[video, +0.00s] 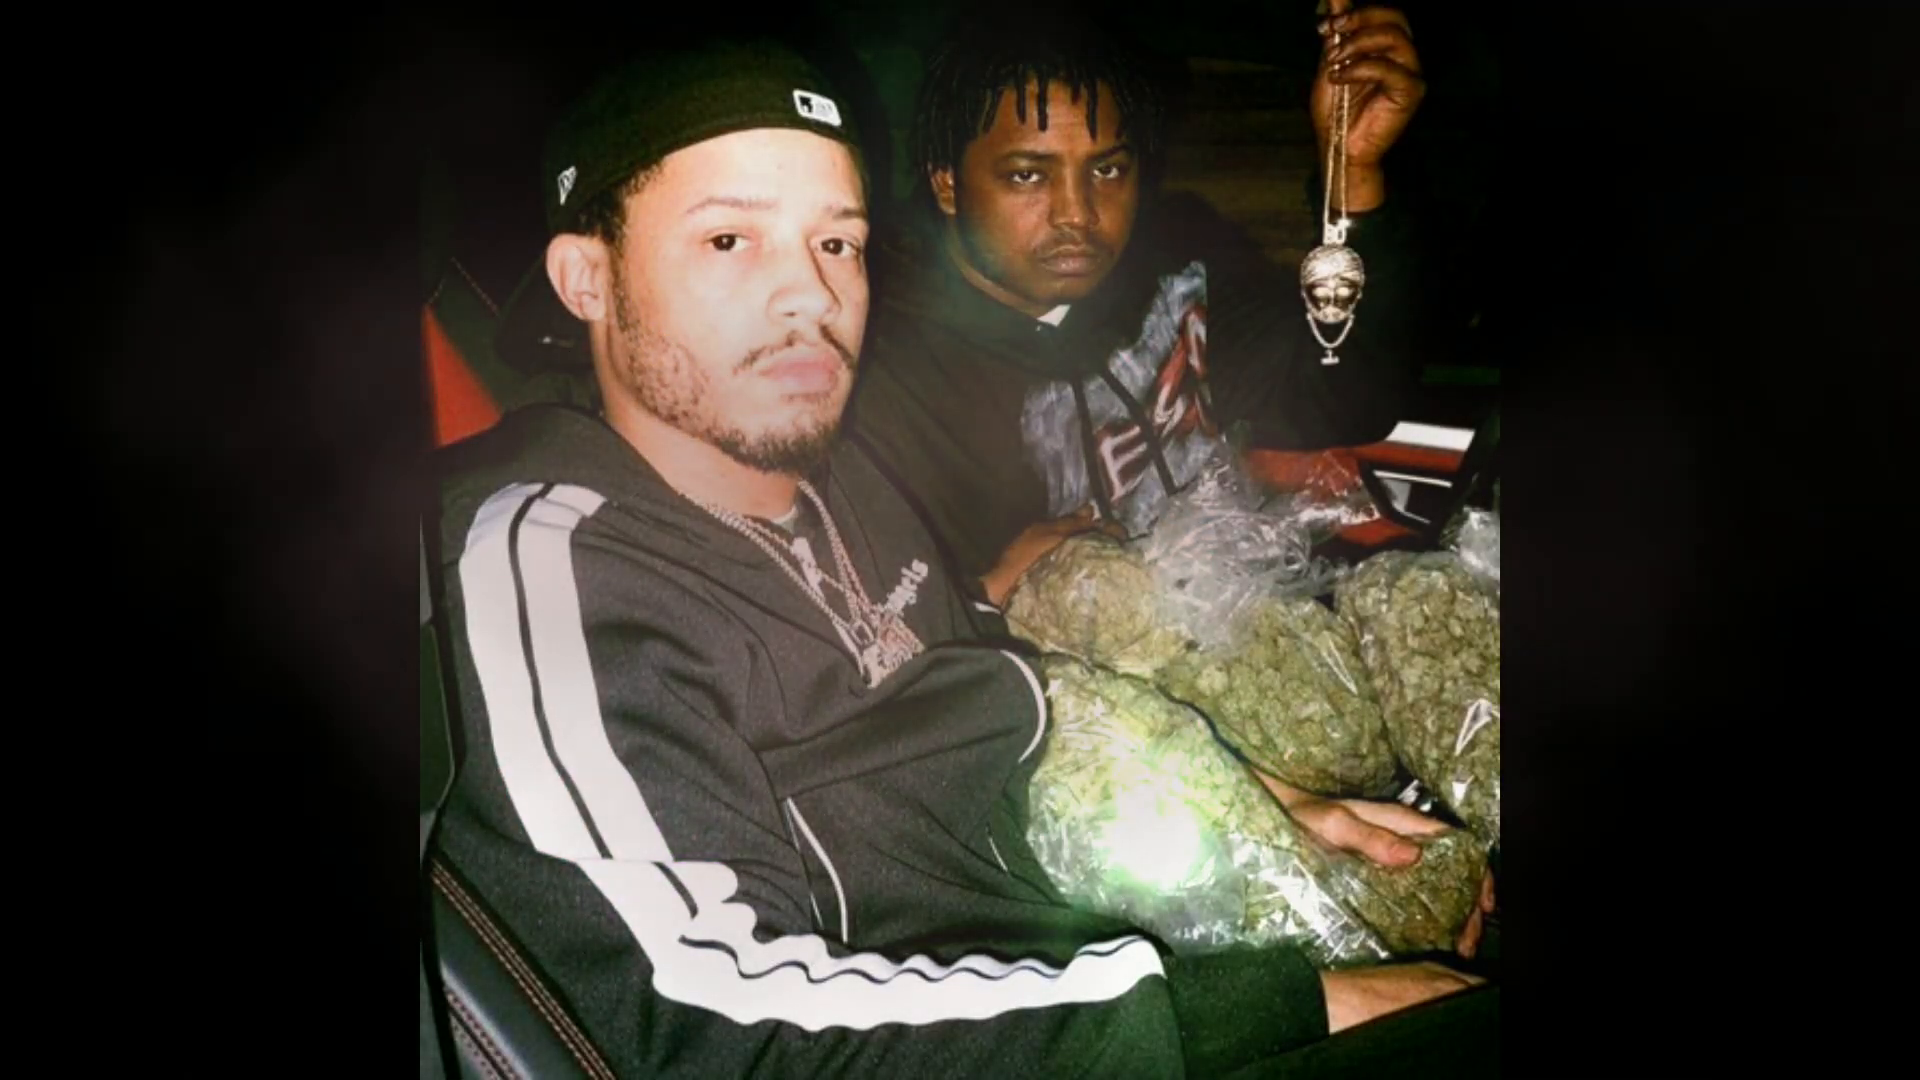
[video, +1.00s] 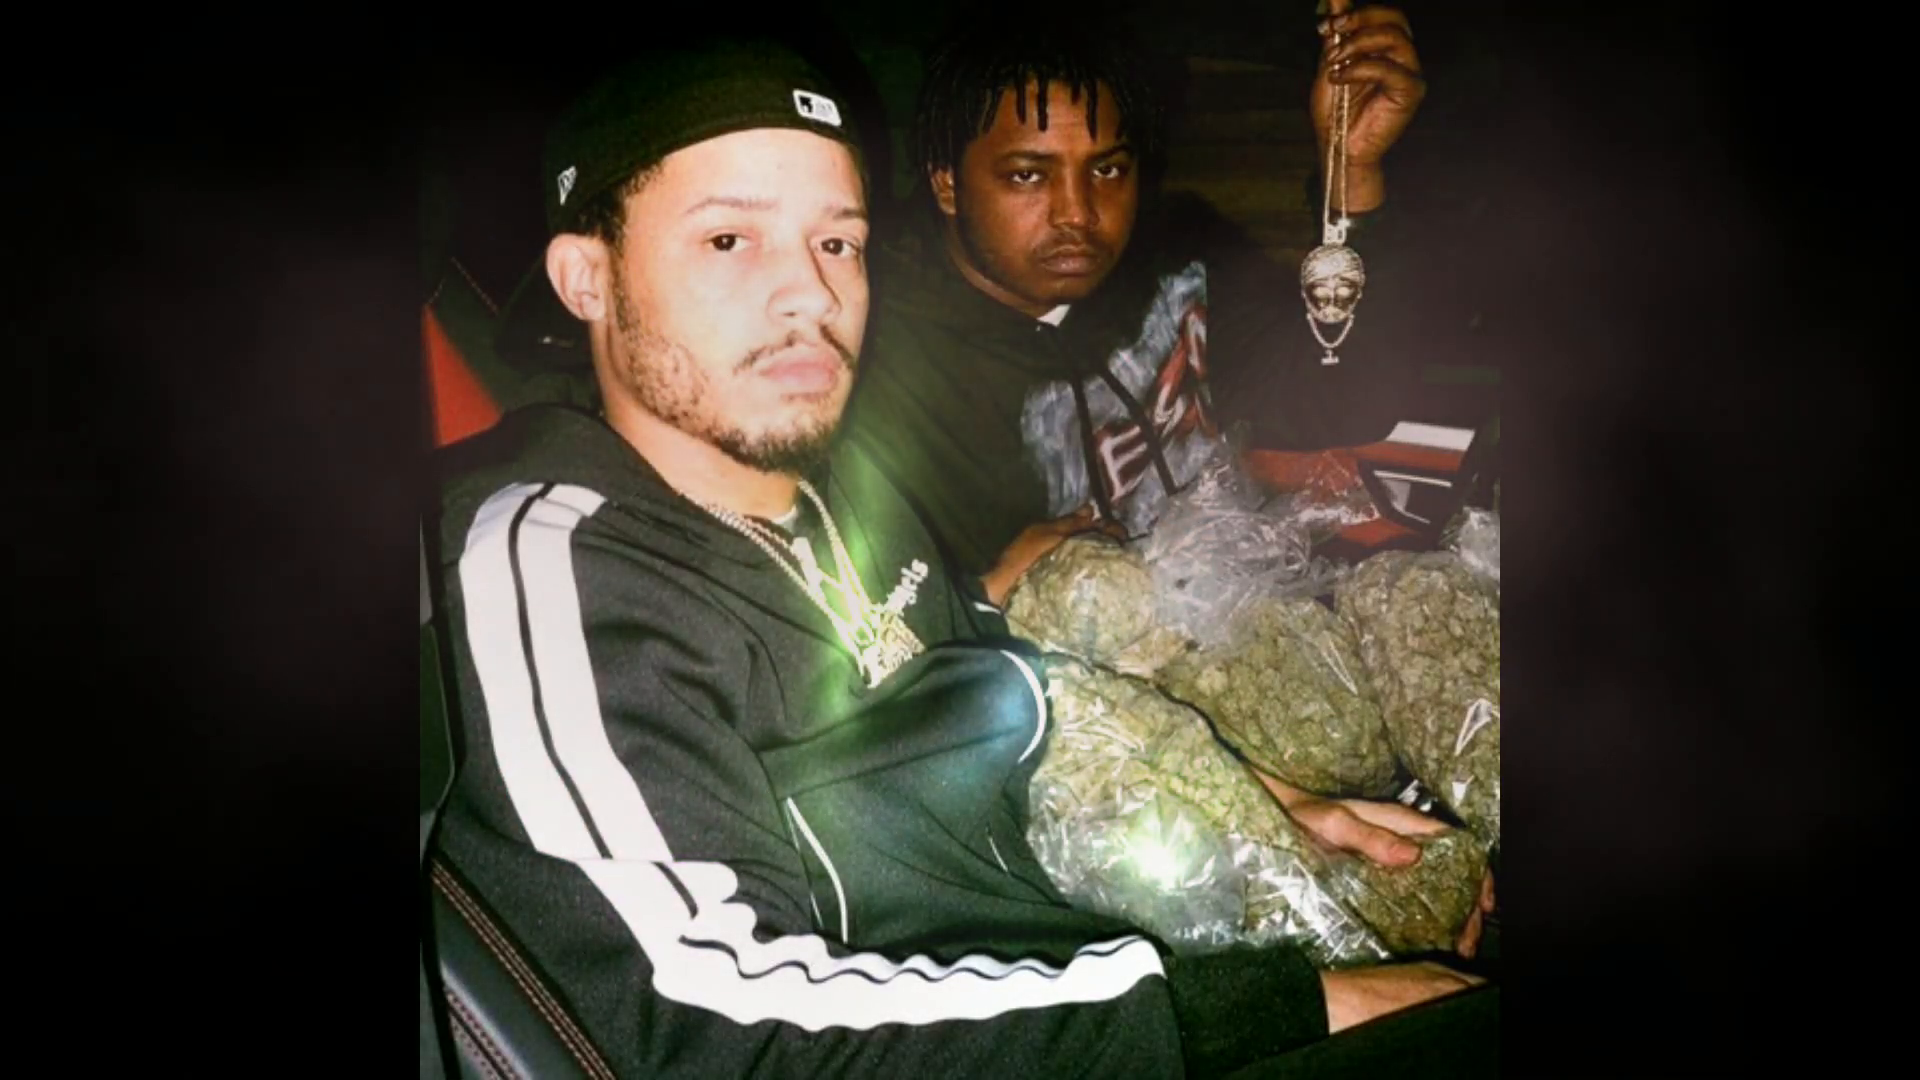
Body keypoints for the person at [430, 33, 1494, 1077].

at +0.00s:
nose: (813, 304)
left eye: (836, 249)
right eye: (729, 245)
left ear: (868, 269)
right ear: (588, 283)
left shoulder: (832, 477)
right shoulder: (532, 552)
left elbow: (1001, 742)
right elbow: (711, 1012)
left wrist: (1263, 827)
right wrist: (1281, 1007)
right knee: (1458, 1008)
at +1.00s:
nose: (813, 303)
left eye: (837, 250)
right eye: (731, 243)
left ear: (871, 268)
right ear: (588, 281)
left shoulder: (837, 495)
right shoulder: (536, 551)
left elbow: (1016, 741)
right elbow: (708, 1011)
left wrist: (1270, 825)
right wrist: (1274, 1010)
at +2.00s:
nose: (811, 306)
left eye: (835, 249)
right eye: (730, 246)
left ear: (868, 268)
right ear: (589, 283)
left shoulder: (842, 484)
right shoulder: (530, 550)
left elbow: (1012, 738)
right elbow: (706, 1014)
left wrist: (1267, 817)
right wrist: (1276, 1008)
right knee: (1479, 1006)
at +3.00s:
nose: (810, 304)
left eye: (835, 250)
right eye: (729, 245)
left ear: (868, 269)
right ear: (588, 282)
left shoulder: (833, 481)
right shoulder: (534, 557)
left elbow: (1011, 738)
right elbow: (709, 1015)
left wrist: (1269, 821)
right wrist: (1277, 1009)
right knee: (1469, 1004)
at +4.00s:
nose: (810, 303)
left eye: (835, 249)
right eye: (729, 244)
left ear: (866, 269)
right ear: (588, 282)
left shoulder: (828, 482)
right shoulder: (536, 552)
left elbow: (1010, 745)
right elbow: (707, 1019)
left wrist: (1267, 820)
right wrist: (1278, 1008)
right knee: (1489, 1006)